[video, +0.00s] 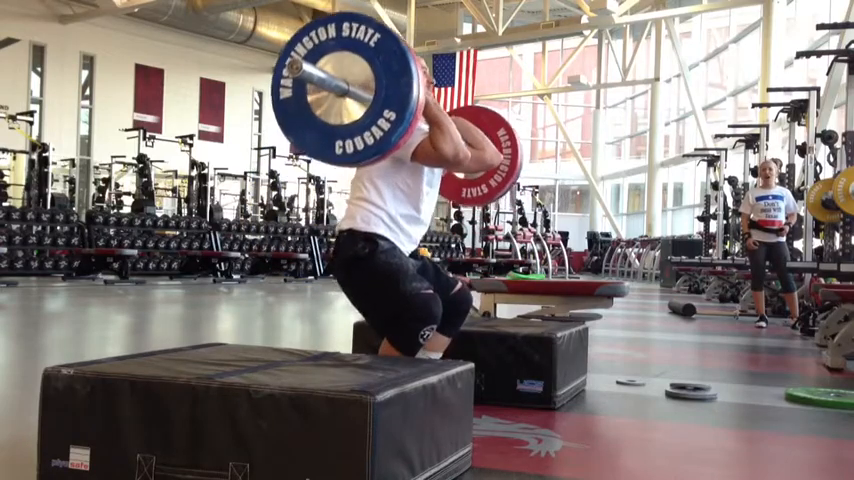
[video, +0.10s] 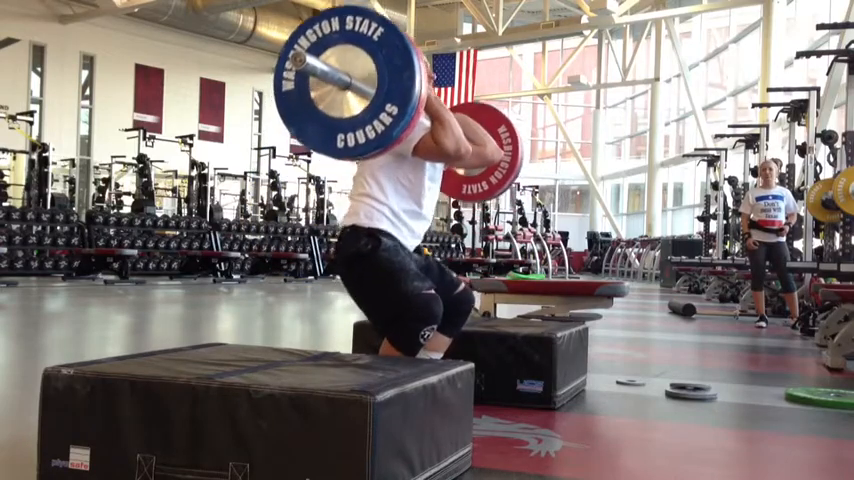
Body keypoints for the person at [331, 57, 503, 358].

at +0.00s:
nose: (424, 84)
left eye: (425, 77)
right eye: (415, 75)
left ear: (428, 86)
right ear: (398, 85)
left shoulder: (428, 136)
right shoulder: (392, 122)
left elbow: (491, 156)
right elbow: (452, 155)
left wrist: (444, 117)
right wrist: (427, 101)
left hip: (398, 250)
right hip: (364, 246)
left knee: (457, 300)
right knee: (418, 310)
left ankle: (413, 389)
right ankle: (375, 398)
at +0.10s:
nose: (425, 82)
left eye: (426, 76)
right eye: (416, 75)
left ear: (429, 82)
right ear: (399, 81)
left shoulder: (426, 130)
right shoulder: (393, 119)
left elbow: (492, 152)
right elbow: (454, 149)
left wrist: (445, 112)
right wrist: (429, 98)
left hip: (400, 248)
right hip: (366, 242)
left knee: (459, 299)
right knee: (419, 309)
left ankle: (414, 389)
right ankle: (377, 396)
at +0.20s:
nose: (426, 72)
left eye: (426, 64)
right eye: (416, 63)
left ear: (427, 72)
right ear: (401, 71)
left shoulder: (428, 123)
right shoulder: (395, 111)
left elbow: (494, 145)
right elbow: (457, 142)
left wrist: (449, 107)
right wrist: (429, 89)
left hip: (409, 242)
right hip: (375, 237)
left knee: (462, 302)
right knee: (423, 310)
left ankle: (415, 391)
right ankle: (373, 395)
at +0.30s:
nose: (428, 61)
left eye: (426, 53)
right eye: (418, 53)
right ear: (398, 60)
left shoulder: (430, 114)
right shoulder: (391, 102)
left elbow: (494, 136)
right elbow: (459, 130)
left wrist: (446, 96)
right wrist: (430, 79)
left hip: (419, 237)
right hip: (385, 233)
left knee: (465, 303)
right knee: (424, 311)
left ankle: (416, 391)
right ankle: (376, 397)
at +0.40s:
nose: (426, 47)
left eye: (425, 41)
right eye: (419, 41)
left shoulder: (433, 103)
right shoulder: (391, 92)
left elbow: (496, 122)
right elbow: (459, 113)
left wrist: (448, 84)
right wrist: (429, 65)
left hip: (429, 228)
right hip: (394, 222)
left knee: (465, 301)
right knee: (423, 306)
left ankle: (417, 387)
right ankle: (377, 394)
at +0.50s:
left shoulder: (438, 92)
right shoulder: (398, 76)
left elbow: (498, 103)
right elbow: (460, 92)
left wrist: (454, 69)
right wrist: (430, 48)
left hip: (438, 214)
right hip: (403, 207)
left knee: (457, 297)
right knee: (415, 303)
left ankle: (418, 383)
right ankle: (378, 393)